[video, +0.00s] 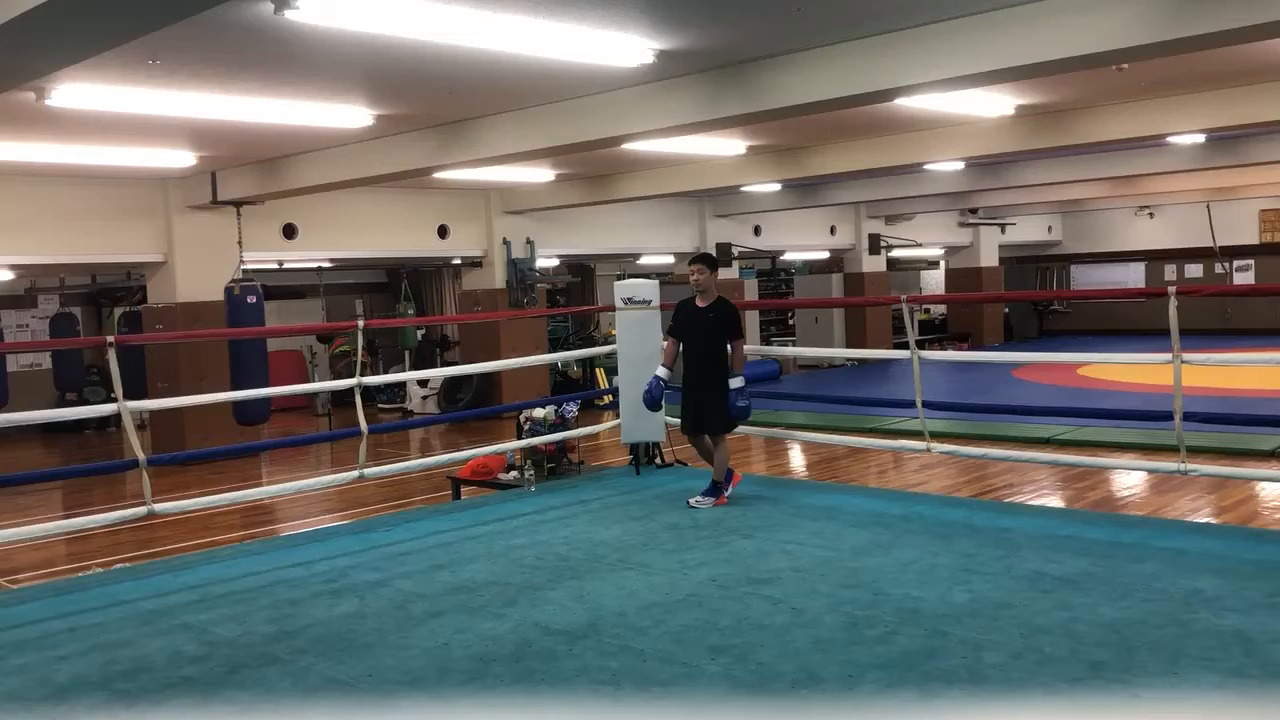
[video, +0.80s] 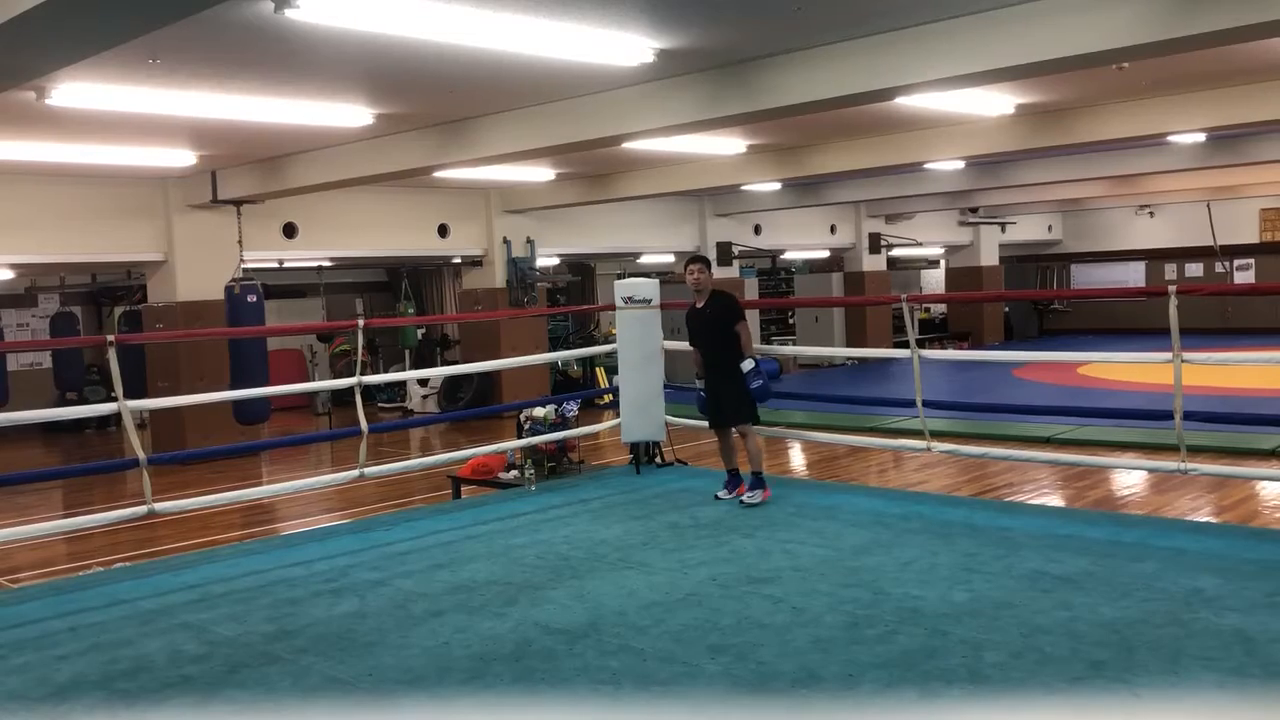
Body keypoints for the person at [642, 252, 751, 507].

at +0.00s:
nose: (694, 278)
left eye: (700, 273)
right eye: (691, 273)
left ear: (714, 275)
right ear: (689, 277)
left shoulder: (727, 309)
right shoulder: (684, 307)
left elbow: (737, 348)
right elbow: (672, 344)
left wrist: (738, 385)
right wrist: (660, 377)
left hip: (718, 382)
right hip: (691, 382)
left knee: (717, 435)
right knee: (691, 432)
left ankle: (717, 489)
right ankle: (726, 472)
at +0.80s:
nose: (695, 277)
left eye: (700, 272)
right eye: (691, 273)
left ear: (710, 275)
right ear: (685, 278)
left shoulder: (726, 300)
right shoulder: (691, 313)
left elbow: (744, 332)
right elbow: (697, 352)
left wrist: (752, 368)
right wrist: (700, 386)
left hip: (735, 375)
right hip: (712, 379)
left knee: (744, 428)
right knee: (721, 431)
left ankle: (758, 482)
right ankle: (733, 480)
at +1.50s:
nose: (736, 272)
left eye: (741, 268)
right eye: (731, 268)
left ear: (748, 274)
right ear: (723, 273)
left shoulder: (762, 305)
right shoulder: (713, 310)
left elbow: (774, 342)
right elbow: (699, 345)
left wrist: (780, 379)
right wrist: (685, 380)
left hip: (758, 380)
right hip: (728, 381)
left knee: (768, 434)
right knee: (727, 433)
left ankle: (775, 489)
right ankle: (733, 481)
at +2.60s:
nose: (754, 267)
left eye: (761, 263)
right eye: (750, 263)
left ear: (773, 270)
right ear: (744, 271)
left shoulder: (786, 303)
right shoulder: (736, 309)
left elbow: (800, 345)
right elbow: (730, 352)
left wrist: (810, 383)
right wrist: (727, 390)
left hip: (784, 384)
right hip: (751, 387)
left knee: (801, 443)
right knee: (755, 446)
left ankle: (786, 475)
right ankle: (765, 501)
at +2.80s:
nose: (754, 266)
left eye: (760, 261)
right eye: (750, 262)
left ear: (772, 267)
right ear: (745, 268)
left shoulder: (789, 301)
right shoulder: (737, 308)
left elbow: (804, 342)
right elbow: (734, 350)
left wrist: (815, 381)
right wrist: (733, 387)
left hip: (788, 382)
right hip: (754, 387)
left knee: (809, 440)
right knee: (757, 446)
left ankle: (814, 493)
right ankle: (765, 501)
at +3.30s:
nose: (791, 261)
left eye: (797, 256)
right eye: (787, 256)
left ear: (812, 262)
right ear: (783, 262)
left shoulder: (826, 301)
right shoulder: (772, 299)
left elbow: (839, 343)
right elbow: (760, 343)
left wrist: (845, 385)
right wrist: (751, 382)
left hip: (815, 386)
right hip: (779, 386)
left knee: (823, 446)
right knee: (769, 442)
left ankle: (829, 503)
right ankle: (766, 498)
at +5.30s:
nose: (773, 251)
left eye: (779, 246)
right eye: (769, 246)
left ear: (792, 250)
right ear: (764, 251)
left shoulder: (807, 287)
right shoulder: (759, 290)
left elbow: (818, 331)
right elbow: (752, 335)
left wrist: (818, 373)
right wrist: (747, 376)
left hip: (801, 374)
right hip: (769, 374)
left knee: (812, 433)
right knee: (772, 431)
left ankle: (821, 491)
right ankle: (777, 486)